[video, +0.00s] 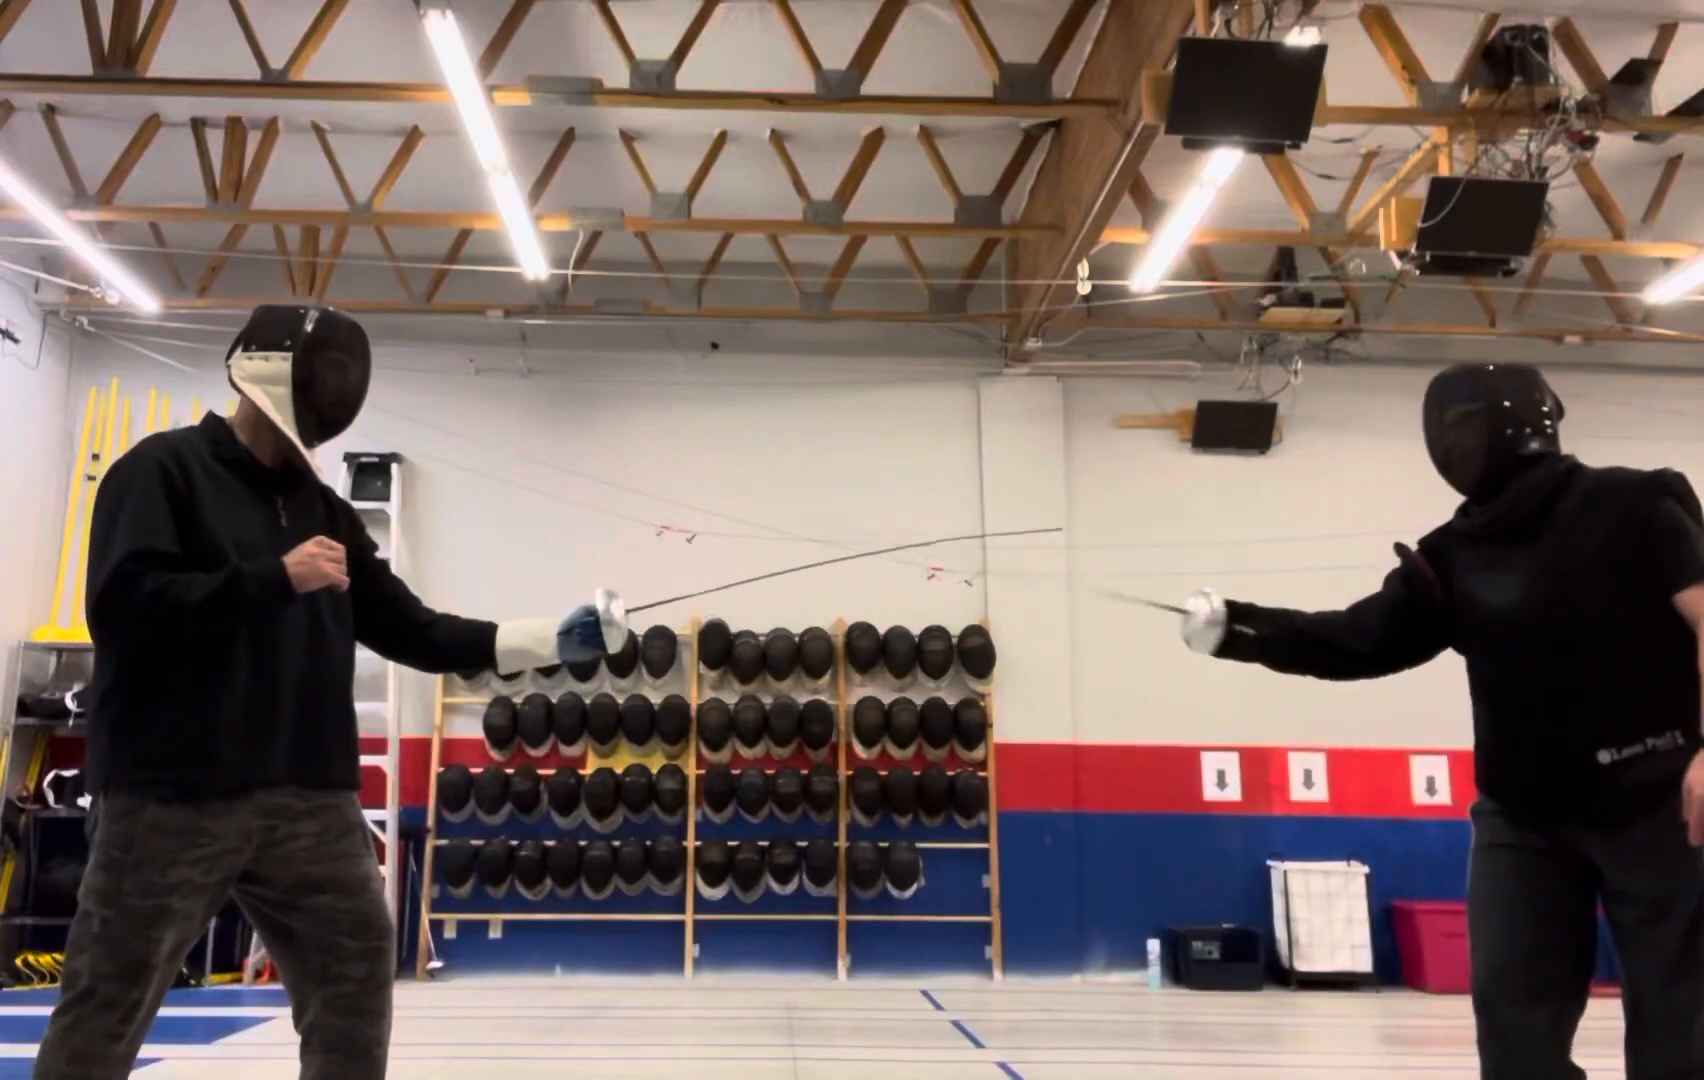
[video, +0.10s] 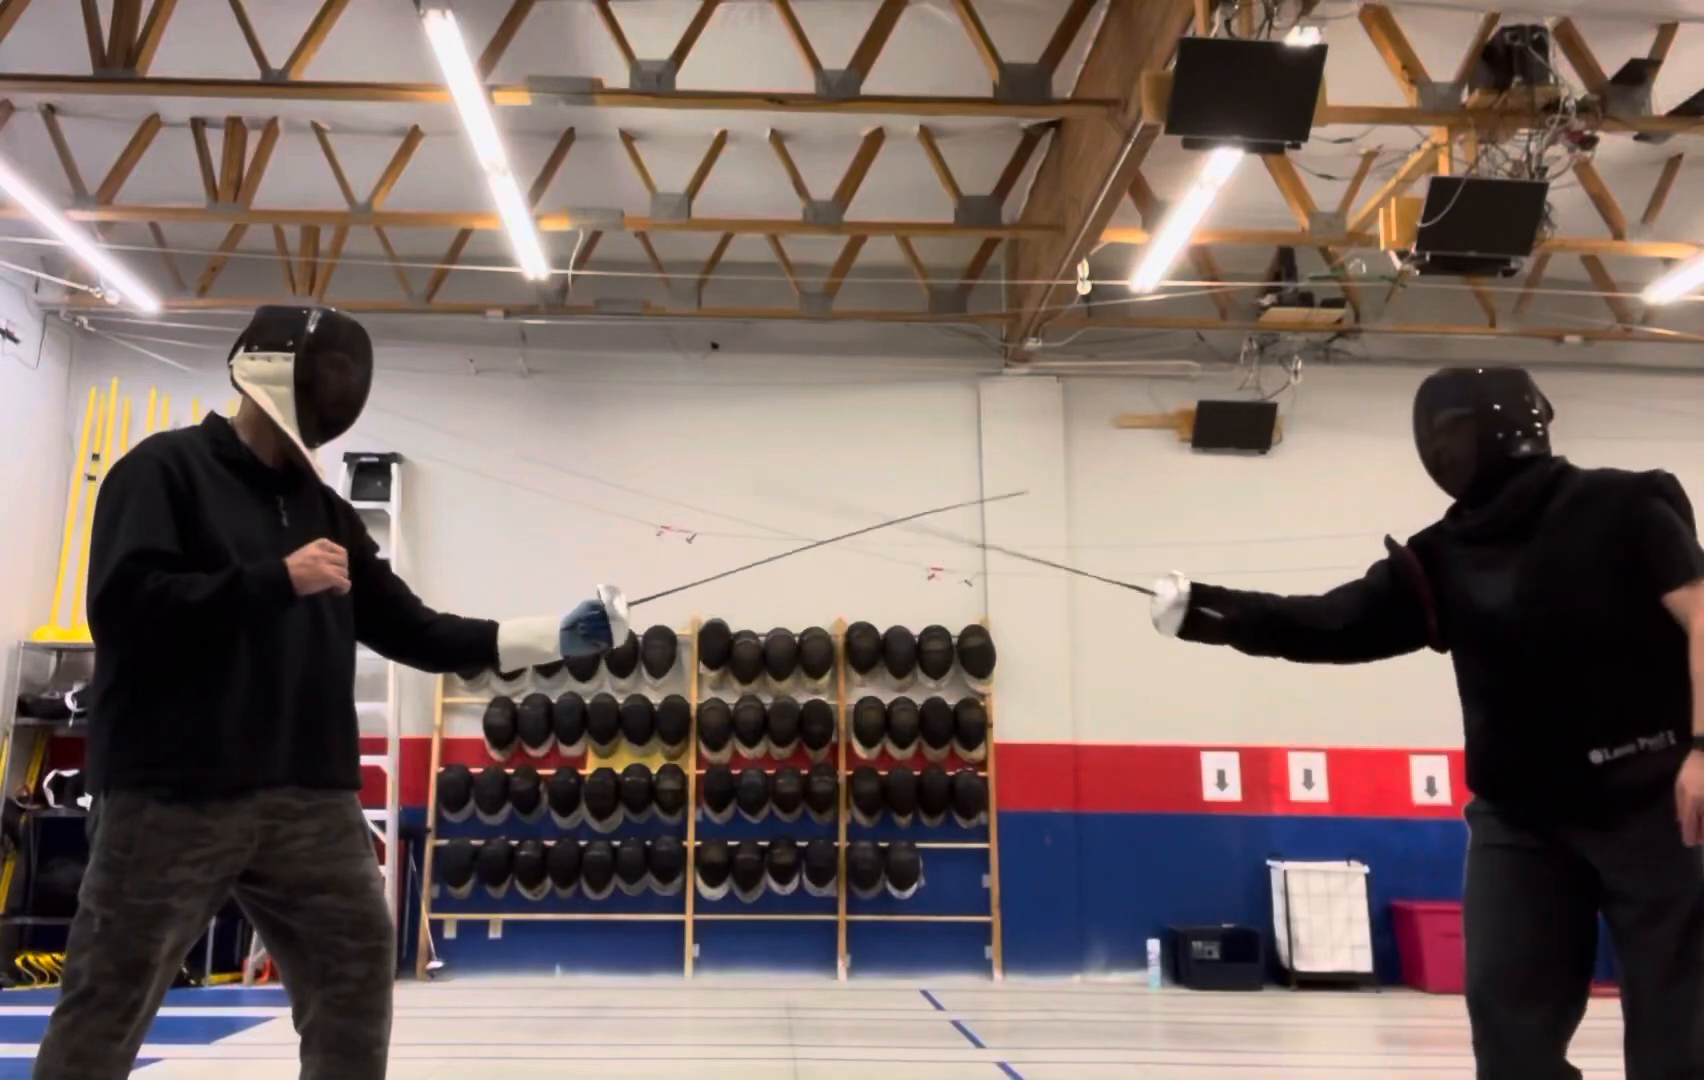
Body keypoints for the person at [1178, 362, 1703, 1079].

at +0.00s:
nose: (1445, 451)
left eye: (1456, 430)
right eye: (1439, 435)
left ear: (1500, 424)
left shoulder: (1643, 508)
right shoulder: (1452, 560)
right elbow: (1360, 638)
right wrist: (1239, 630)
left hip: (1659, 813)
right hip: (1523, 825)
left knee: (1674, 1048)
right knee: (1517, 1049)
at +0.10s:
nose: (1436, 453)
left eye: (1451, 432)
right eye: (1429, 438)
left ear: (1506, 424)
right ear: (1429, 449)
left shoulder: (1632, 508)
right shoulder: (1441, 559)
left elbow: (1702, 624)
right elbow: (1333, 623)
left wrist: (1702, 747)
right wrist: (1207, 613)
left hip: (1653, 812)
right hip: (1518, 828)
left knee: (1673, 1047)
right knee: (1512, 1047)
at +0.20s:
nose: (1422, 454)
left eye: (1435, 433)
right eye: (1416, 439)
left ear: (1486, 428)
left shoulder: (1616, 510)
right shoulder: (1430, 558)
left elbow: (1694, 619)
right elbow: (1315, 613)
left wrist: (1694, 749)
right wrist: (1187, 607)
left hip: (1635, 804)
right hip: (1500, 818)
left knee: (1668, 1016)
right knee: (1476, 1005)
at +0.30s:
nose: (1404, 459)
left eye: (1413, 438)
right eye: (1401, 443)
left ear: (1456, 437)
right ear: (1481, 433)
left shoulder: (1592, 509)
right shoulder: (1413, 560)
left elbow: (1679, 620)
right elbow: (1299, 615)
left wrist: (1686, 749)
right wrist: (1172, 610)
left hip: (1613, 806)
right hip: (1482, 818)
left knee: (1660, 1008)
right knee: (1435, 992)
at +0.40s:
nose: (1371, 469)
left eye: (1377, 449)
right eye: (1368, 454)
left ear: (1421, 441)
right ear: (1447, 438)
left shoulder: (1563, 513)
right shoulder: (1384, 566)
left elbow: (1649, 626)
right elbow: (1269, 622)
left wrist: (1666, 752)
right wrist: (1139, 617)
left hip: (1592, 814)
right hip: (1458, 830)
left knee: (1650, 1041)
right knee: (1405, 1045)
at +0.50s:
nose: (1326, 473)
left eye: (1332, 454)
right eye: (1325, 458)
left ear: (1368, 451)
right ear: (1410, 443)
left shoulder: (1516, 521)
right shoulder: (1342, 577)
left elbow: (1605, 633)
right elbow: (1232, 633)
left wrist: (1628, 760)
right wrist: (1101, 626)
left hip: (1551, 821)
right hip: (1420, 839)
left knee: (1629, 1042)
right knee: (1367, 1043)